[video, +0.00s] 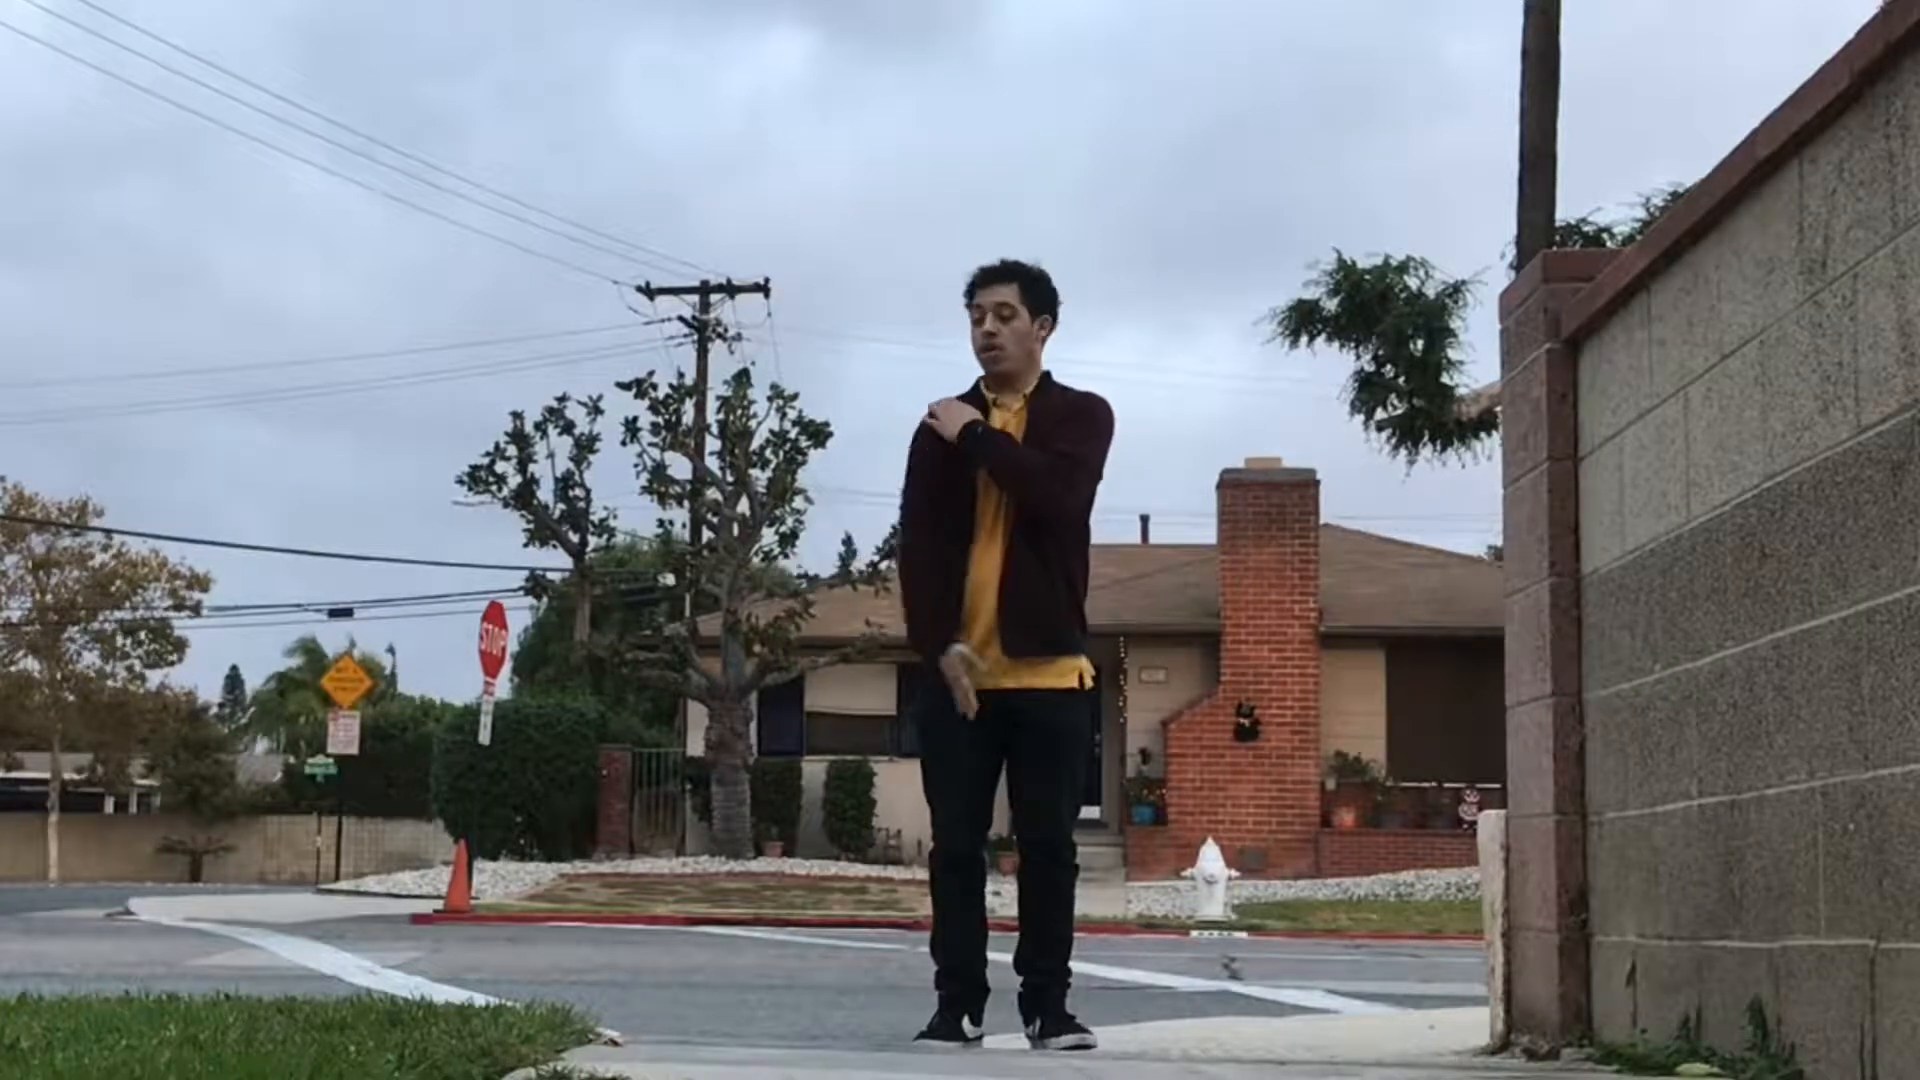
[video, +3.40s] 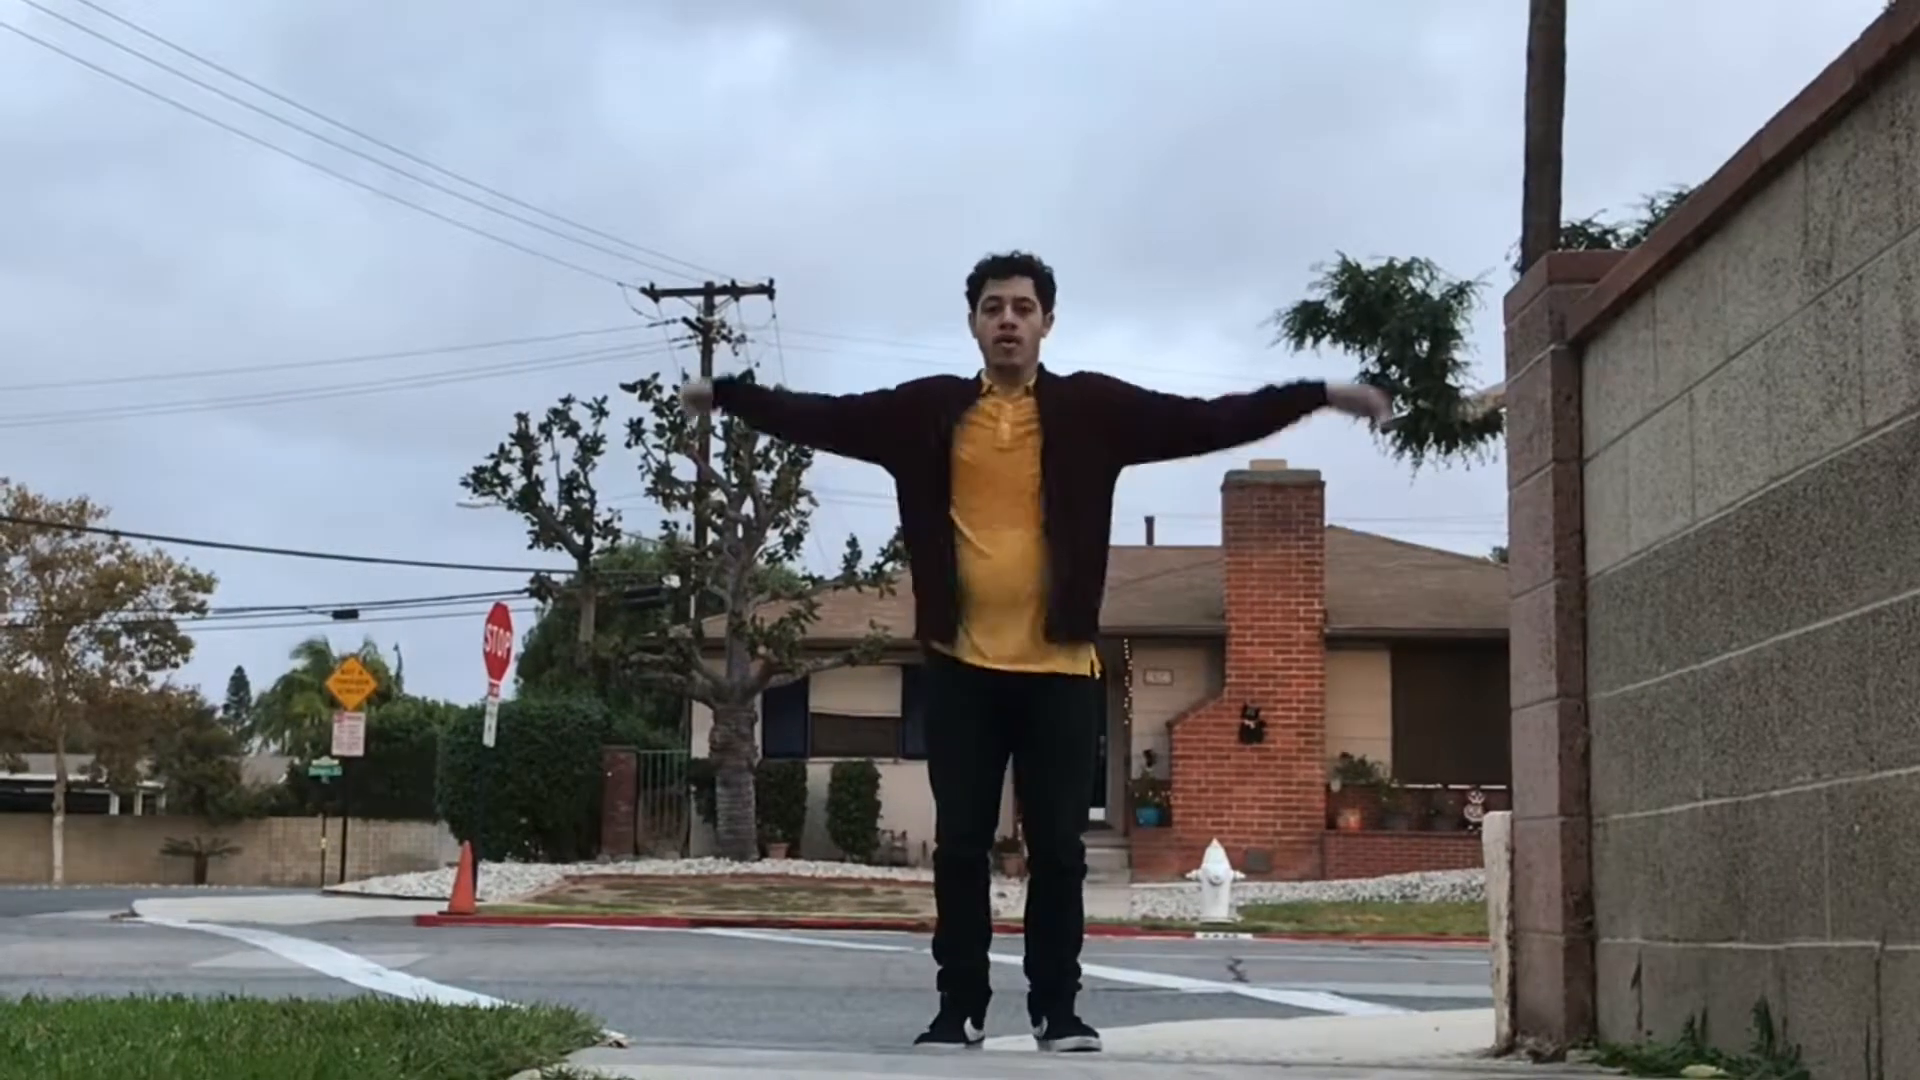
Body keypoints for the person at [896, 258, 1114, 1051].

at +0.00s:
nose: (988, 328)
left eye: (1004, 315)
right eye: (978, 317)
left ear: (1043, 327)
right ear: (969, 331)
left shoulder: (1083, 414)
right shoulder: (943, 425)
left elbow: (1060, 496)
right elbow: (920, 545)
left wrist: (973, 432)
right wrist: (937, 646)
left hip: (1048, 673)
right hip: (956, 673)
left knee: (1049, 848)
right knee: (956, 849)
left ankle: (1047, 1008)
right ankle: (957, 1009)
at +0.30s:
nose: (1015, 341)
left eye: (1030, 327)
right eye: (1000, 328)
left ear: (1057, 340)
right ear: (980, 340)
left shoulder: (1089, 424)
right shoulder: (952, 415)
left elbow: (1058, 515)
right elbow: (964, 530)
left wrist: (949, 522)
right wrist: (1052, 598)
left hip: (1056, 673)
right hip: (964, 671)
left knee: (1053, 849)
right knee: (958, 848)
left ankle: (1048, 1009)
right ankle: (957, 1008)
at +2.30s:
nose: (1000, 325)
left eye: (1013, 313)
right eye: (985, 314)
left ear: (1035, 327)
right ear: (962, 330)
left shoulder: (1067, 402)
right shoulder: (937, 408)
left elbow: (1050, 488)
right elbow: (963, 507)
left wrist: (951, 504)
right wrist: (1076, 532)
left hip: (1054, 668)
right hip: (961, 667)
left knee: (1052, 848)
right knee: (959, 846)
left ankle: (1047, 1008)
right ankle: (959, 1009)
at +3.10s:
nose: (1010, 326)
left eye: (1025, 313)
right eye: (996, 313)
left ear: (1048, 328)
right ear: (976, 328)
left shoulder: (1086, 418)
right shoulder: (941, 418)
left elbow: (1079, 518)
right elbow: (940, 521)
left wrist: (1022, 582)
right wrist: (987, 589)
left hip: (1058, 675)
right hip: (960, 672)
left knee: (1061, 848)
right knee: (956, 847)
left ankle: (1054, 1008)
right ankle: (958, 1010)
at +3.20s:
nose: (1011, 319)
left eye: (1025, 308)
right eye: (997, 308)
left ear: (1049, 325)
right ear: (975, 325)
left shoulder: (1087, 420)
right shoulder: (937, 424)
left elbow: (1111, 528)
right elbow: (908, 527)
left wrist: (1129, 620)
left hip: (1061, 673)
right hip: (962, 676)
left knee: (1058, 849)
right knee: (958, 848)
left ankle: (1055, 1010)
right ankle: (958, 1010)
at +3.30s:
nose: (1009, 320)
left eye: (1024, 308)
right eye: (995, 308)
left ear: (1047, 324)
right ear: (975, 324)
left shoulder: (1089, 416)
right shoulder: (932, 417)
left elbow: (1177, 487)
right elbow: (836, 474)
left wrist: (1276, 533)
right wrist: (747, 520)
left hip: (1061, 674)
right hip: (962, 674)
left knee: (1059, 850)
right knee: (960, 849)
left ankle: (1058, 1012)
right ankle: (959, 1013)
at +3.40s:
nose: (1008, 319)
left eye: (1023, 307)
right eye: (995, 307)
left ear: (1048, 323)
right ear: (972, 321)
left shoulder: (1094, 407)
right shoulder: (923, 409)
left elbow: (1210, 420)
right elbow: (818, 416)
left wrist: (1322, 393)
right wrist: (725, 392)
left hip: (1060, 670)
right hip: (958, 668)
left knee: (1058, 846)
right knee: (961, 842)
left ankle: (1055, 1013)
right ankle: (960, 1012)